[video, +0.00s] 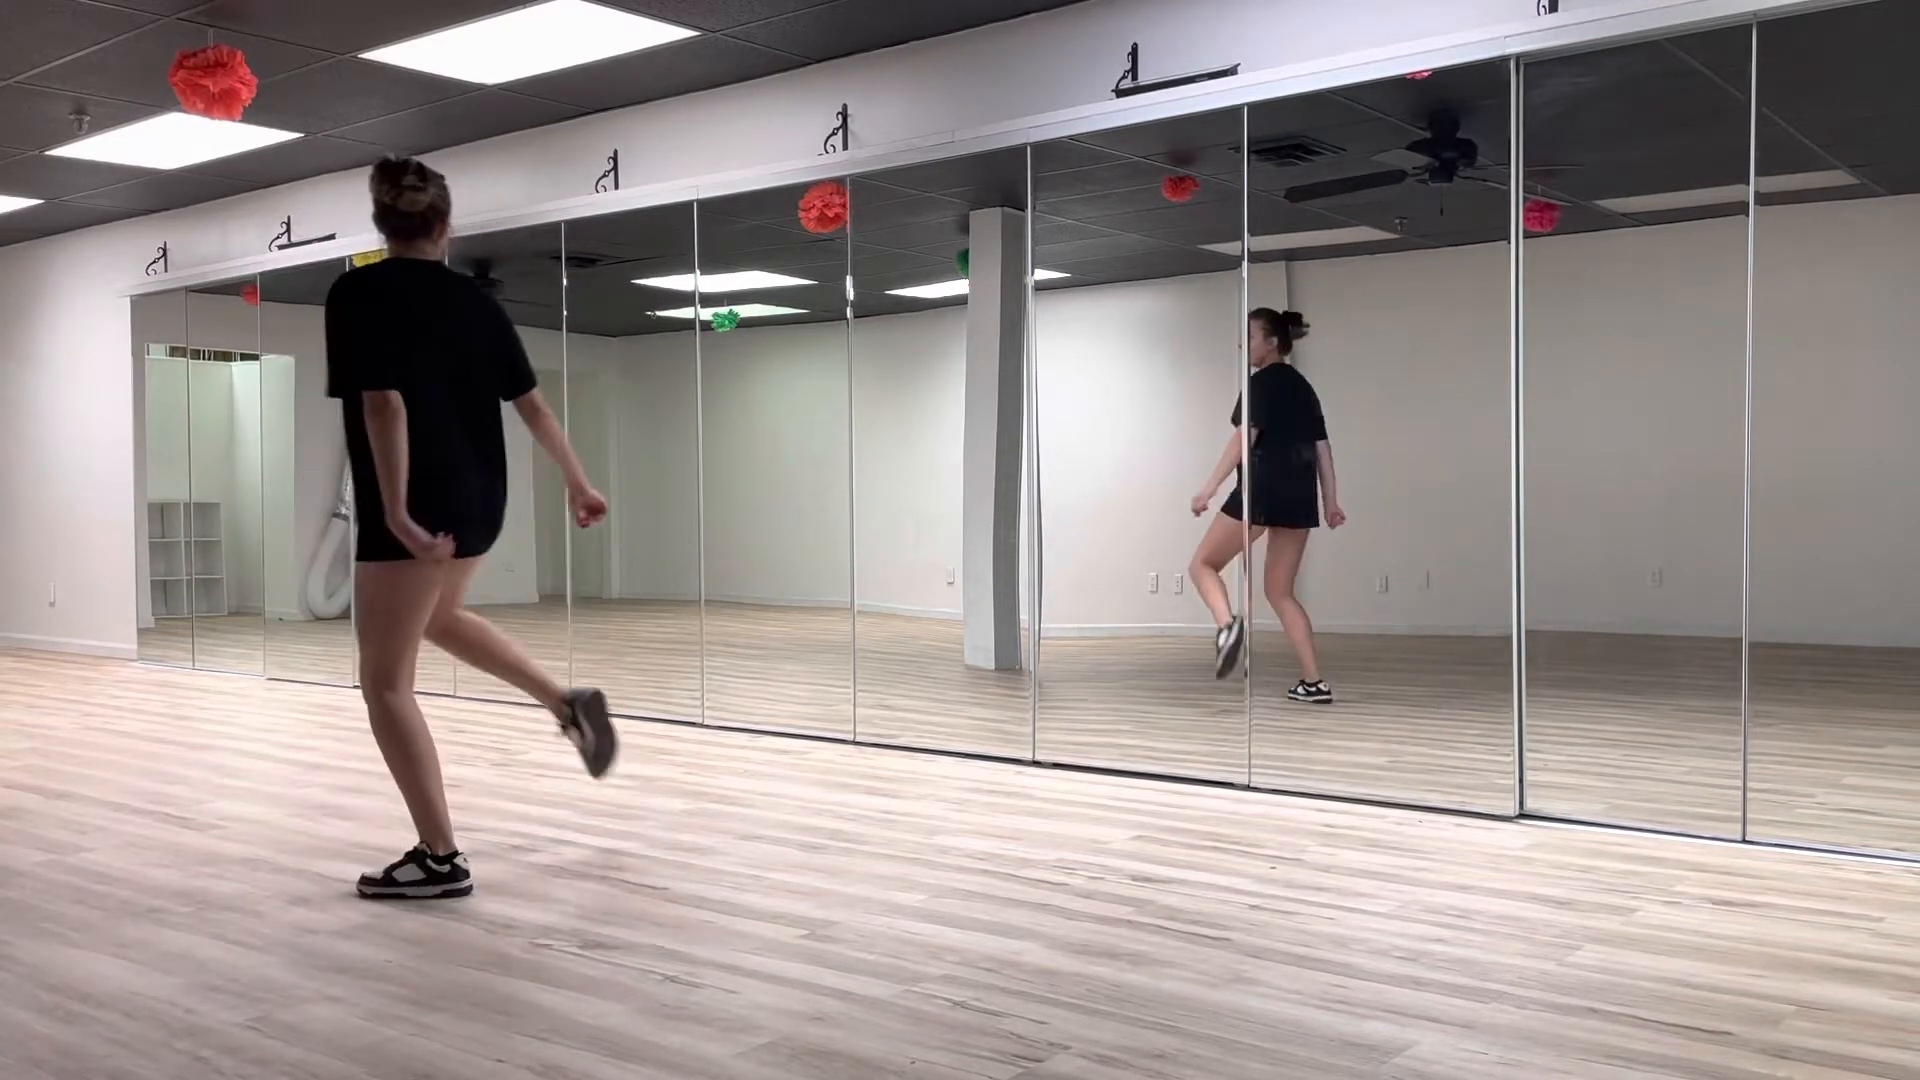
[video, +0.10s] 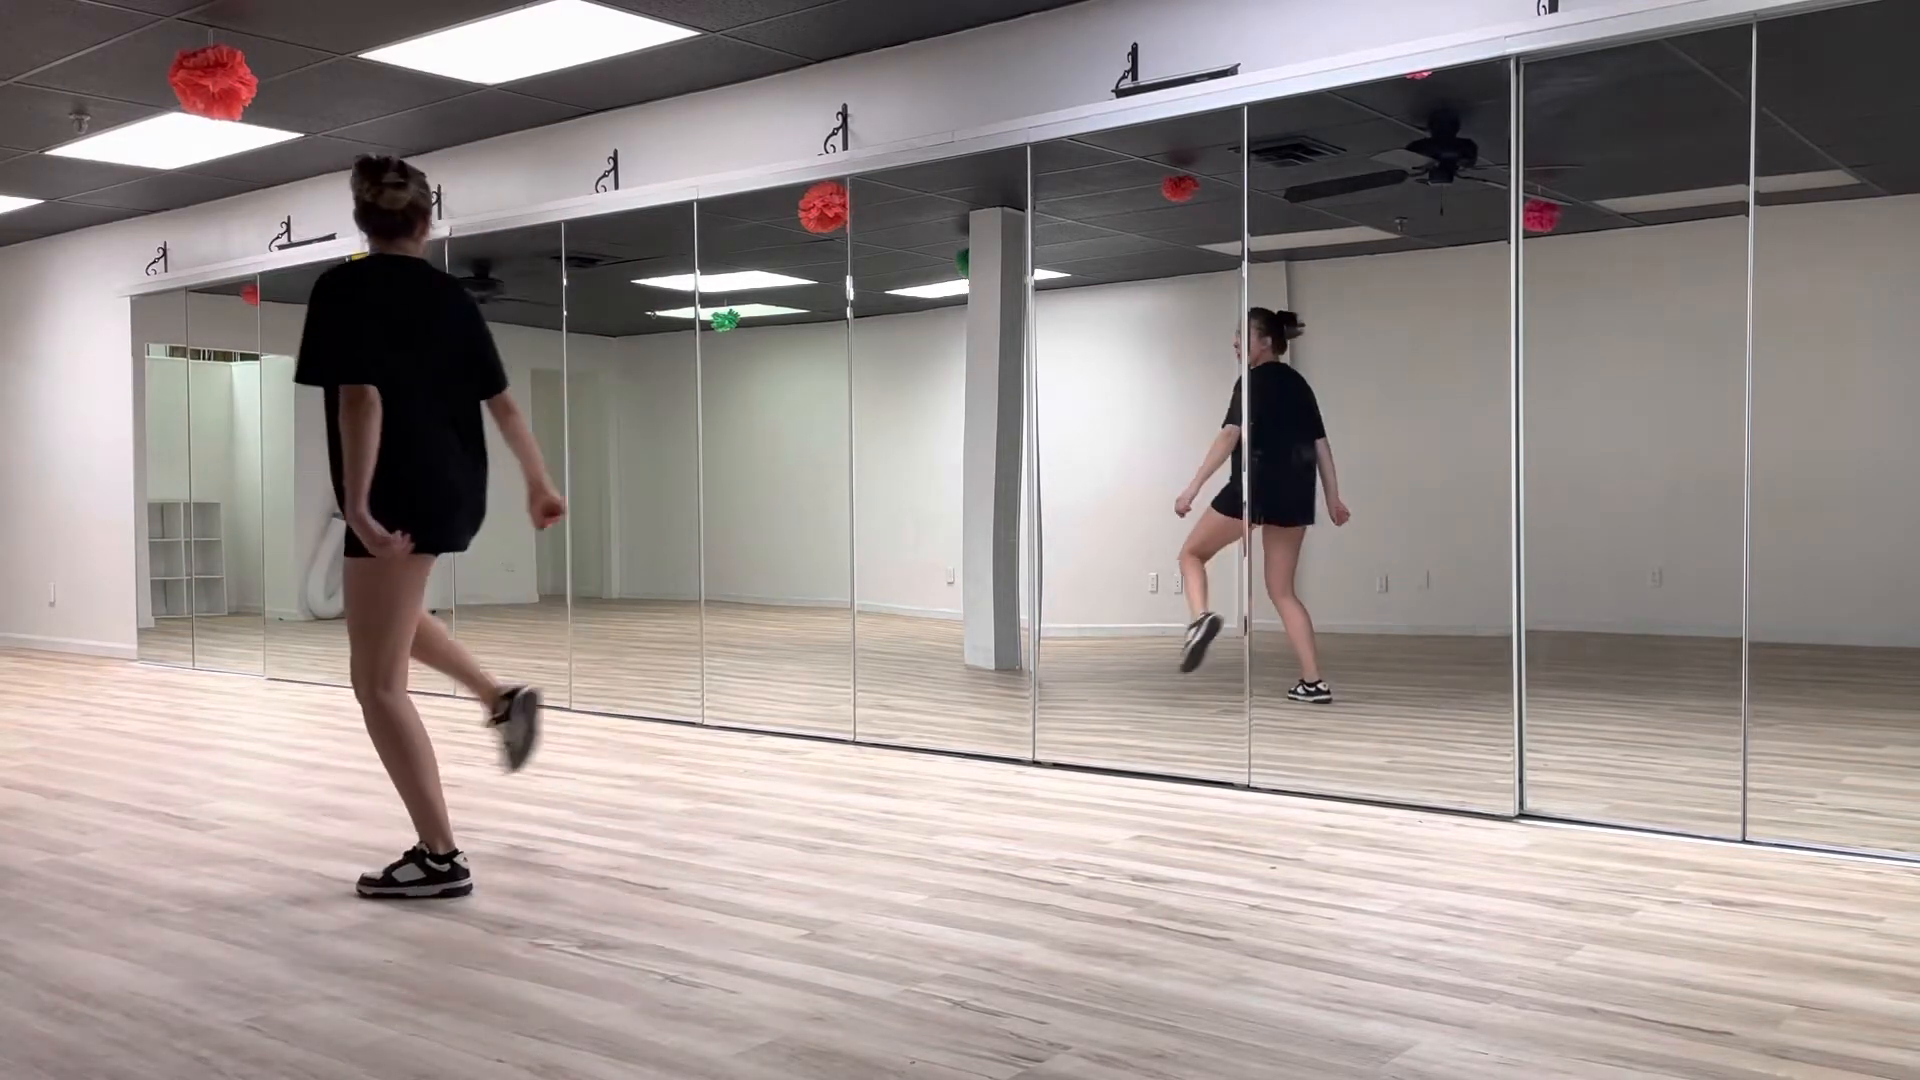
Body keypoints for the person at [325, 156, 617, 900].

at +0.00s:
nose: (447, 230)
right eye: (448, 221)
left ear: (378, 224)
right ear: (446, 225)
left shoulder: (356, 292)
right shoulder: (472, 298)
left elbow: (383, 403)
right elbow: (528, 402)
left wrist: (395, 512)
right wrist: (577, 480)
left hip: (403, 506)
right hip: (479, 497)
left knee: (388, 686)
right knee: (442, 617)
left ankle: (439, 853)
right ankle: (564, 703)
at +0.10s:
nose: (425, 226)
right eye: (429, 217)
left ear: (359, 224)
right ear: (427, 222)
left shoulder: (345, 288)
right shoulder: (450, 296)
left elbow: (362, 398)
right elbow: (501, 402)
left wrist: (356, 504)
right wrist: (539, 480)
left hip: (389, 493)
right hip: (452, 490)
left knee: (378, 682)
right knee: (397, 615)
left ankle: (438, 852)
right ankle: (499, 698)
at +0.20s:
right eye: (412, 211)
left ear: (344, 213)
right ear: (412, 217)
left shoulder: (329, 277)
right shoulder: (432, 290)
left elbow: (344, 388)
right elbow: (470, 396)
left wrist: (336, 491)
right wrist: (501, 480)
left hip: (378, 485)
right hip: (430, 482)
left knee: (378, 676)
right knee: (331, 602)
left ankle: (441, 848)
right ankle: (420, 740)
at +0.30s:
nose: (396, 230)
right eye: (399, 220)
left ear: (330, 222)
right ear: (396, 225)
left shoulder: (320, 289)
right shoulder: (412, 299)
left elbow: (342, 401)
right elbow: (441, 408)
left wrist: (339, 509)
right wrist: (469, 495)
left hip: (363, 505)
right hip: (402, 500)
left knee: (364, 680)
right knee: (331, 638)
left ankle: (445, 844)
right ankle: (331, 781)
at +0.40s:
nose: (307, 248)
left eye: (309, 240)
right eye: (313, 238)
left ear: (316, 248)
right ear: (381, 249)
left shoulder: (339, 324)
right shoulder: (385, 320)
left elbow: (356, 444)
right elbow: (411, 430)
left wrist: (363, 556)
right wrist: (433, 524)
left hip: (342, 541)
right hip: (337, 536)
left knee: (341, 692)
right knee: (303, 658)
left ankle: (444, 845)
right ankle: (336, 805)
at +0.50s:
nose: (292, 251)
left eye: (297, 238)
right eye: (295, 238)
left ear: (318, 246)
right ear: (356, 248)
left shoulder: (357, 327)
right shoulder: (330, 325)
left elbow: (369, 453)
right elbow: (327, 449)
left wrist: (366, 564)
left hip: (340, 541)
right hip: (304, 538)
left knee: (326, 687)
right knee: (282, 664)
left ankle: (437, 840)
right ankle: (334, 807)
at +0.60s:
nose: (276, 245)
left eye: (287, 234)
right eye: (279, 235)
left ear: (331, 246)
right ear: (325, 248)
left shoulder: (356, 328)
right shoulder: (319, 329)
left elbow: (387, 449)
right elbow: (312, 443)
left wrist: (343, 551)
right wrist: (277, 538)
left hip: (344, 533)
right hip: (297, 531)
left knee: (310, 688)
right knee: (268, 672)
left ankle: (426, 835)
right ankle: (332, 805)